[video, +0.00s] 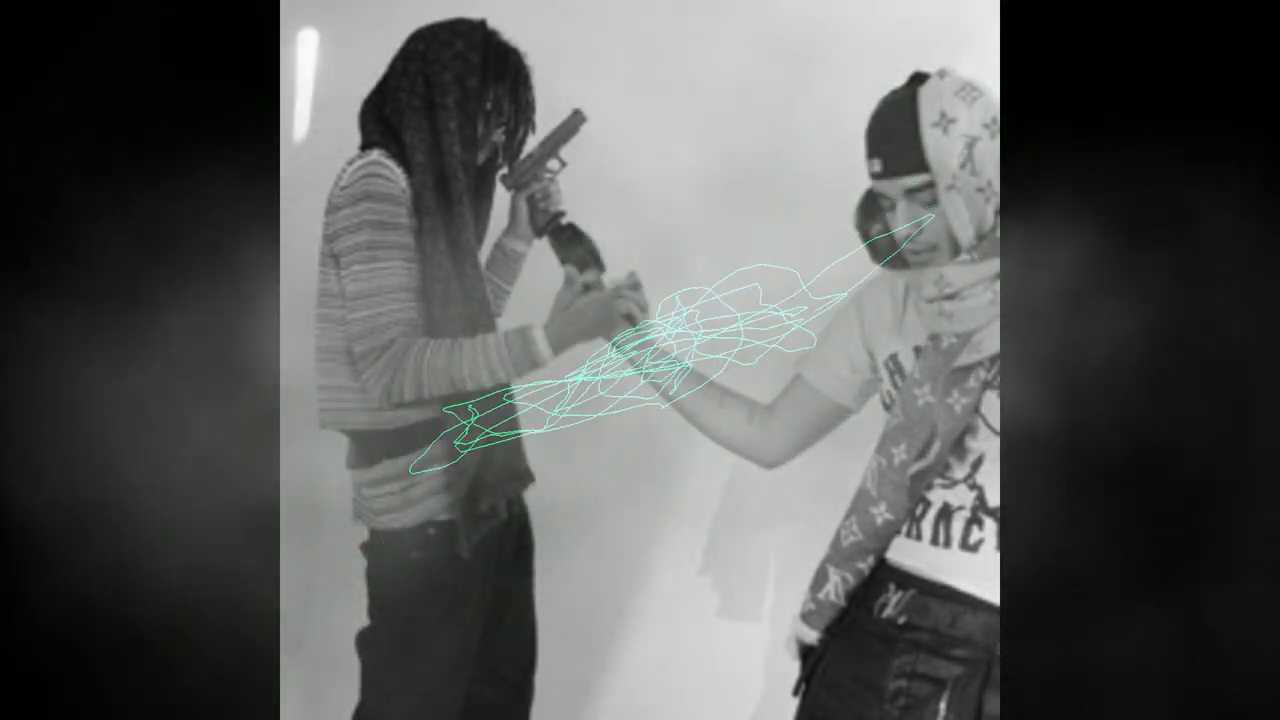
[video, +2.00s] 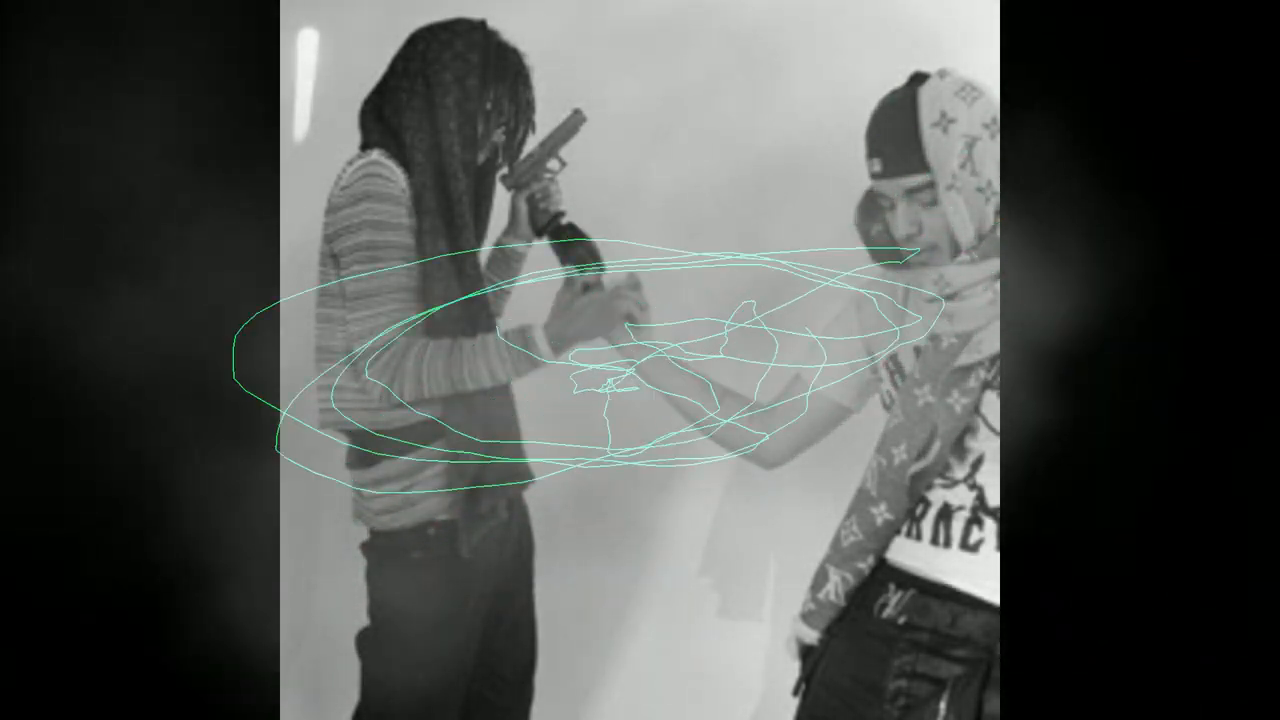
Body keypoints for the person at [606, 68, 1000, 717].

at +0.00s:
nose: (901, 226)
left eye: (922, 200)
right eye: (885, 204)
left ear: (982, 188)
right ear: (872, 202)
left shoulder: (1039, 290)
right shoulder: (892, 300)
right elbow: (769, 436)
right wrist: (635, 341)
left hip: (1014, 643)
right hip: (889, 617)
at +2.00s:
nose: (902, 229)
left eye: (922, 199)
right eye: (885, 204)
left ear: (978, 188)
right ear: (874, 205)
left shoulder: (1038, 298)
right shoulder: (910, 308)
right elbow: (768, 436)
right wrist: (638, 345)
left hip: (995, 646)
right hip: (890, 619)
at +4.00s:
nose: (905, 228)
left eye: (926, 198)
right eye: (887, 204)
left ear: (982, 182)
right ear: (874, 203)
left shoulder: (1040, 292)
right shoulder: (892, 303)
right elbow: (769, 436)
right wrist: (638, 344)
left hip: (994, 642)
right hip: (879, 616)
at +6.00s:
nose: (914, 224)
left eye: (932, 196)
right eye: (898, 202)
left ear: (983, 186)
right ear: (879, 209)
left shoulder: (1042, 288)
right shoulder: (887, 306)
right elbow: (770, 436)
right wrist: (637, 343)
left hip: (1001, 637)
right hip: (882, 612)